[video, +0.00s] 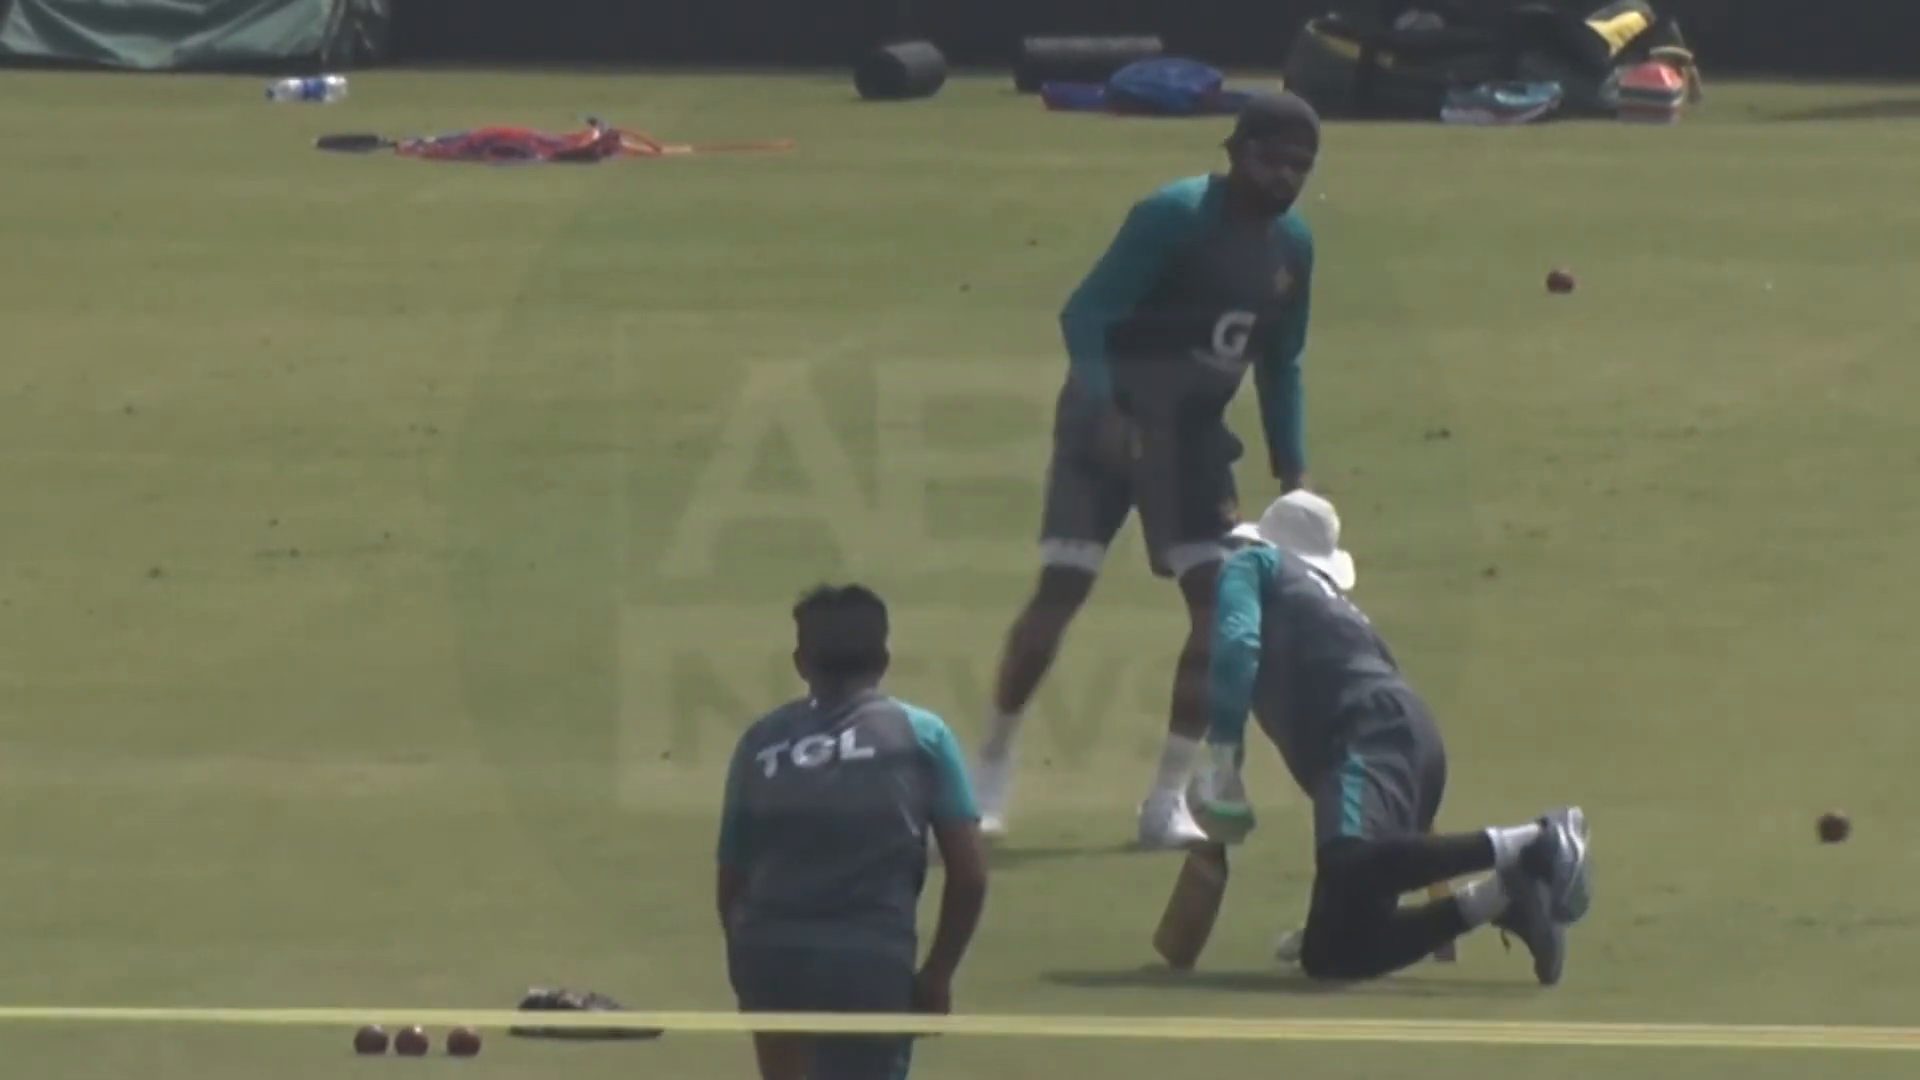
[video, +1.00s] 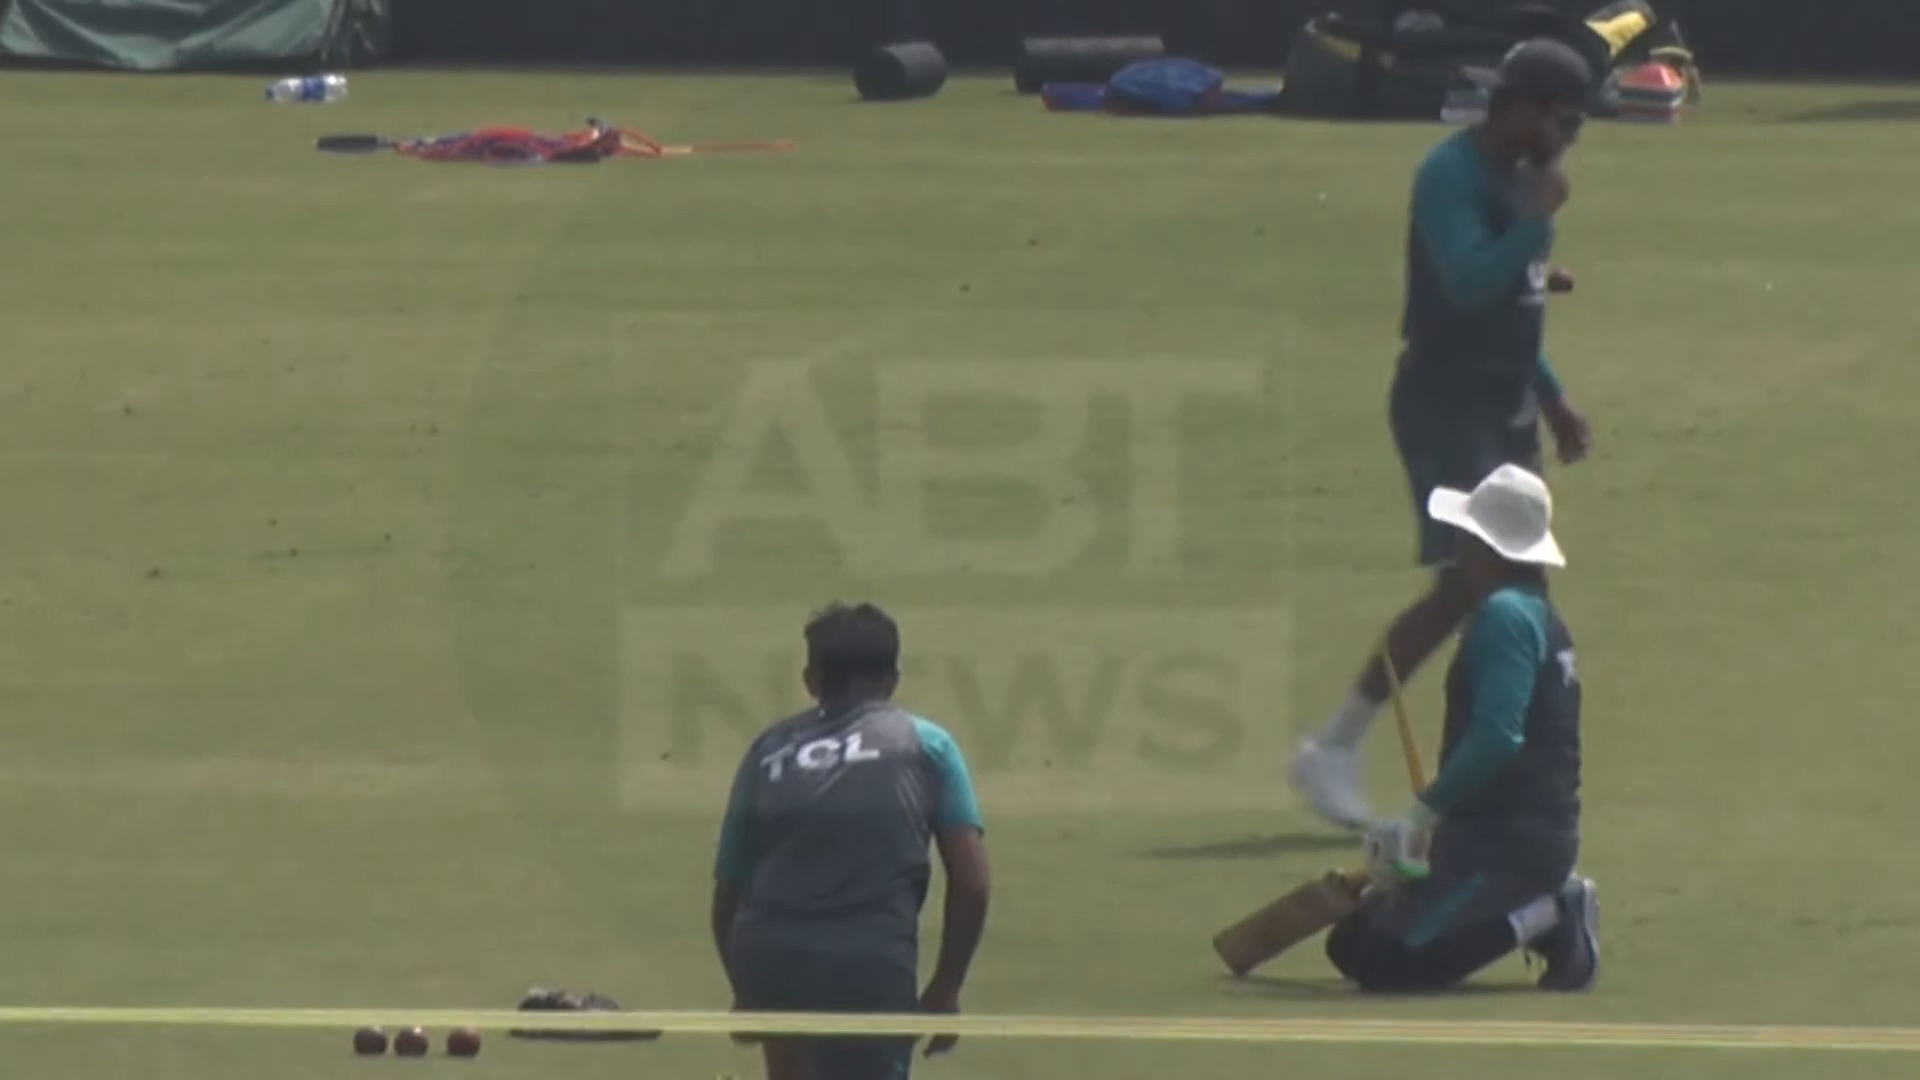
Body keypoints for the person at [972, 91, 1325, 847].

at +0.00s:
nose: (1285, 177)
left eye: (1299, 166)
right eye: (1273, 160)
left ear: (1309, 172)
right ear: (1237, 152)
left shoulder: (1291, 246)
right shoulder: (1172, 216)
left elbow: (1280, 365)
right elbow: (1082, 313)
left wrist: (1293, 480)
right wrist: (1100, 412)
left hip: (1188, 427)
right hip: (1105, 411)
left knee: (1218, 607)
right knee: (1064, 585)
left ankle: (1168, 803)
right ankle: (992, 762)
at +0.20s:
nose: (1290, 140)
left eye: (1304, 128)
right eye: (1277, 124)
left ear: (1318, 132)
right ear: (1244, 115)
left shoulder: (1311, 214)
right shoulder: (1186, 194)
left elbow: (1303, 342)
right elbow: (1111, 300)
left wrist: (1305, 450)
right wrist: (1150, 393)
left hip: (1245, 420)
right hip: (1160, 415)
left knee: (1236, 608)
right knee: (1164, 599)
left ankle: (1175, 799)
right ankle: (1187, 770)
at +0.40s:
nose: (1304, 126)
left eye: (1320, 114)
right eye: (1290, 110)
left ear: (1336, 118)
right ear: (1261, 107)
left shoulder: (1334, 200)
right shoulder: (1209, 200)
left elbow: (1328, 330)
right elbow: (1153, 319)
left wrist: (1338, 431)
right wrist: (1199, 405)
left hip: (1304, 421)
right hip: (1217, 424)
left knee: (1307, 603)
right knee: (1219, 602)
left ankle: (1262, 787)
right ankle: (1209, 787)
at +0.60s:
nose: (1361, 121)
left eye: (1376, 107)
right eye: (1346, 104)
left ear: (1393, 109)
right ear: (1315, 100)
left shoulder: (1383, 184)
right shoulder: (1260, 183)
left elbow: (1383, 312)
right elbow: (1202, 291)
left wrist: (1406, 415)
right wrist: (1279, 348)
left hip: (1354, 414)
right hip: (1264, 415)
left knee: (1387, 590)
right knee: (1248, 596)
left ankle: (1370, 787)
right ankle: (1219, 785)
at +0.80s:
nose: (1481, 139)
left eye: (1485, 125)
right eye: (1471, 124)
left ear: (1468, 119)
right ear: (1425, 114)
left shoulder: (1452, 191)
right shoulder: (1351, 189)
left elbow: (1446, 319)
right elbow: (1310, 298)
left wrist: (1483, 422)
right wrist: (1415, 274)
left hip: (1430, 423)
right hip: (1347, 421)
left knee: (1459, 603)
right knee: (1301, 600)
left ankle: (1453, 800)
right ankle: (1227, 783)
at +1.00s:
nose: (1570, 140)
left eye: (1575, 126)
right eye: (1566, 123)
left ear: (1542, 113)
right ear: (1522, 108)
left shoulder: (1519, 180)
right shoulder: (1450, 176)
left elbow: (1511, 304)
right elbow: (1464, 285)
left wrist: (1552, 399)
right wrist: (1530, 222)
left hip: (1506, 403)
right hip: (1443, 401)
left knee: (1520, 584)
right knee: (1473, 574)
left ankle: (1489, 779)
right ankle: (1332, 749)